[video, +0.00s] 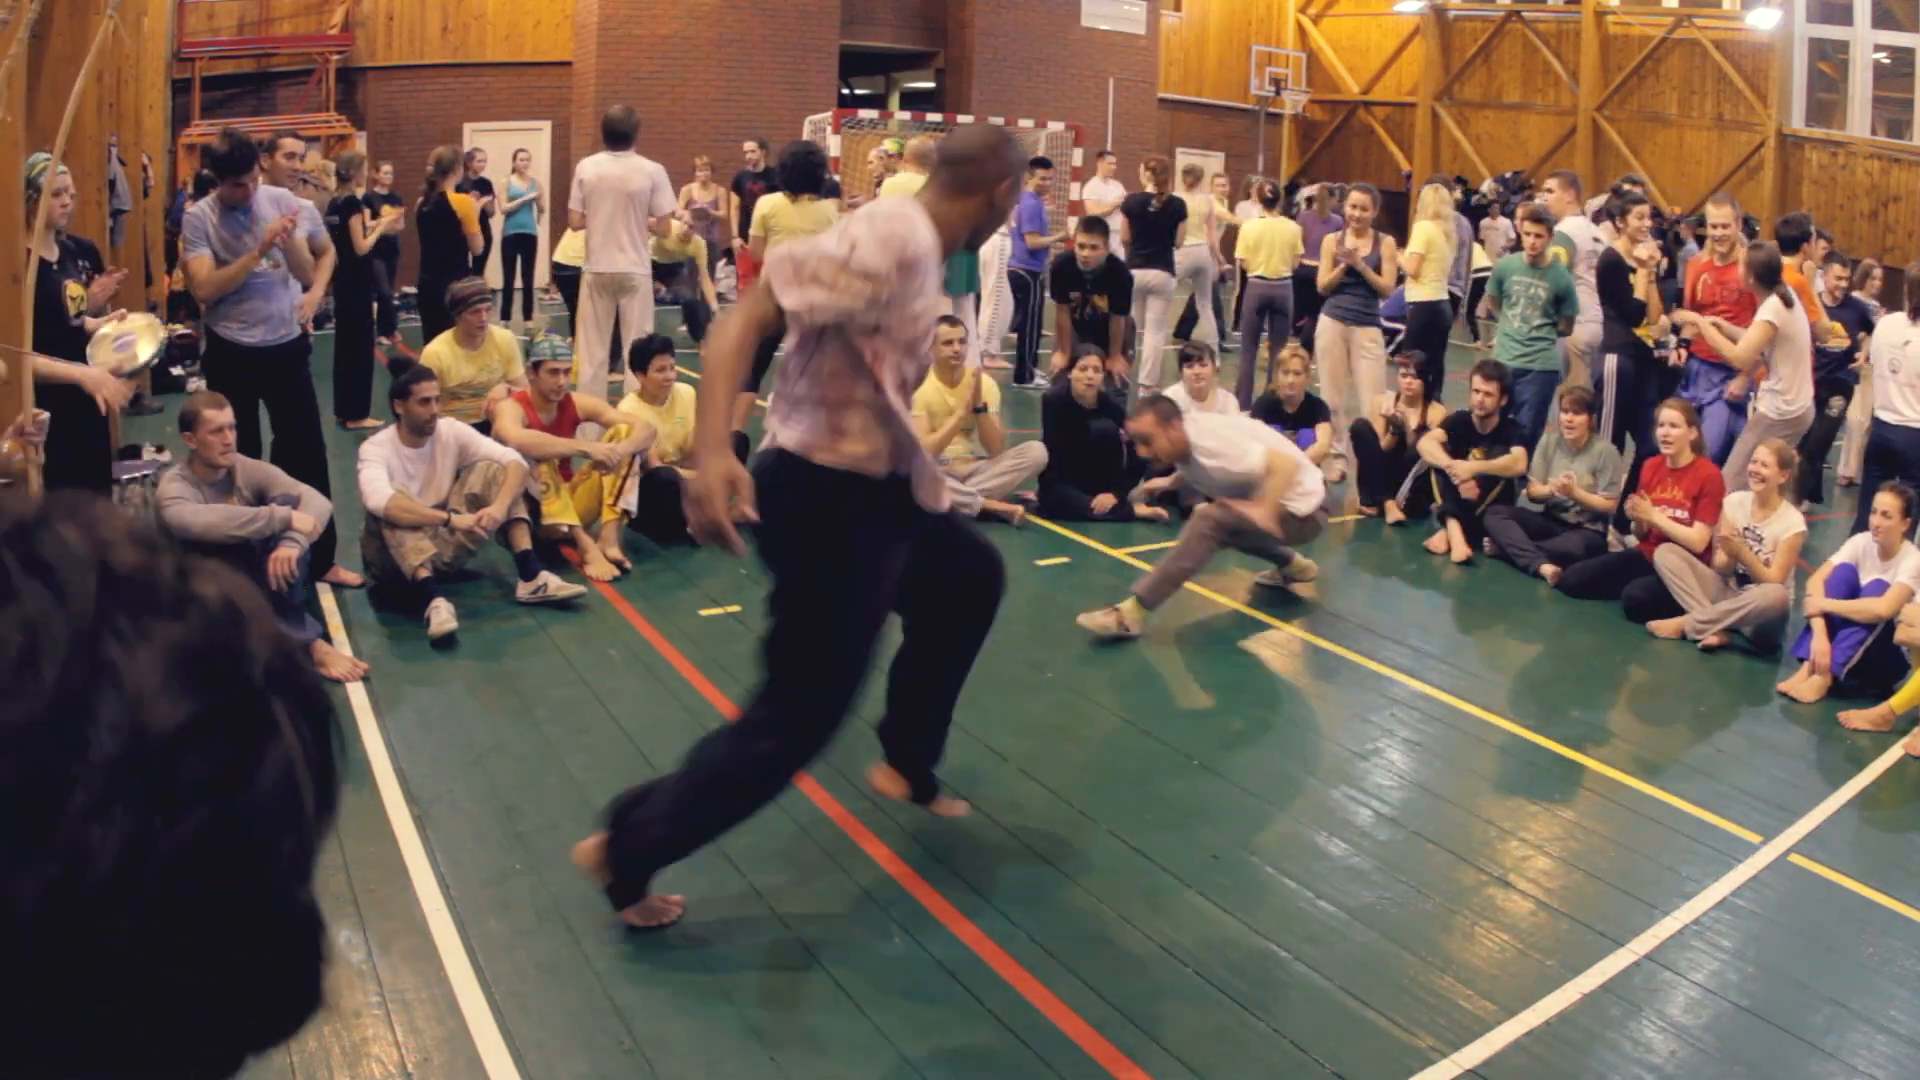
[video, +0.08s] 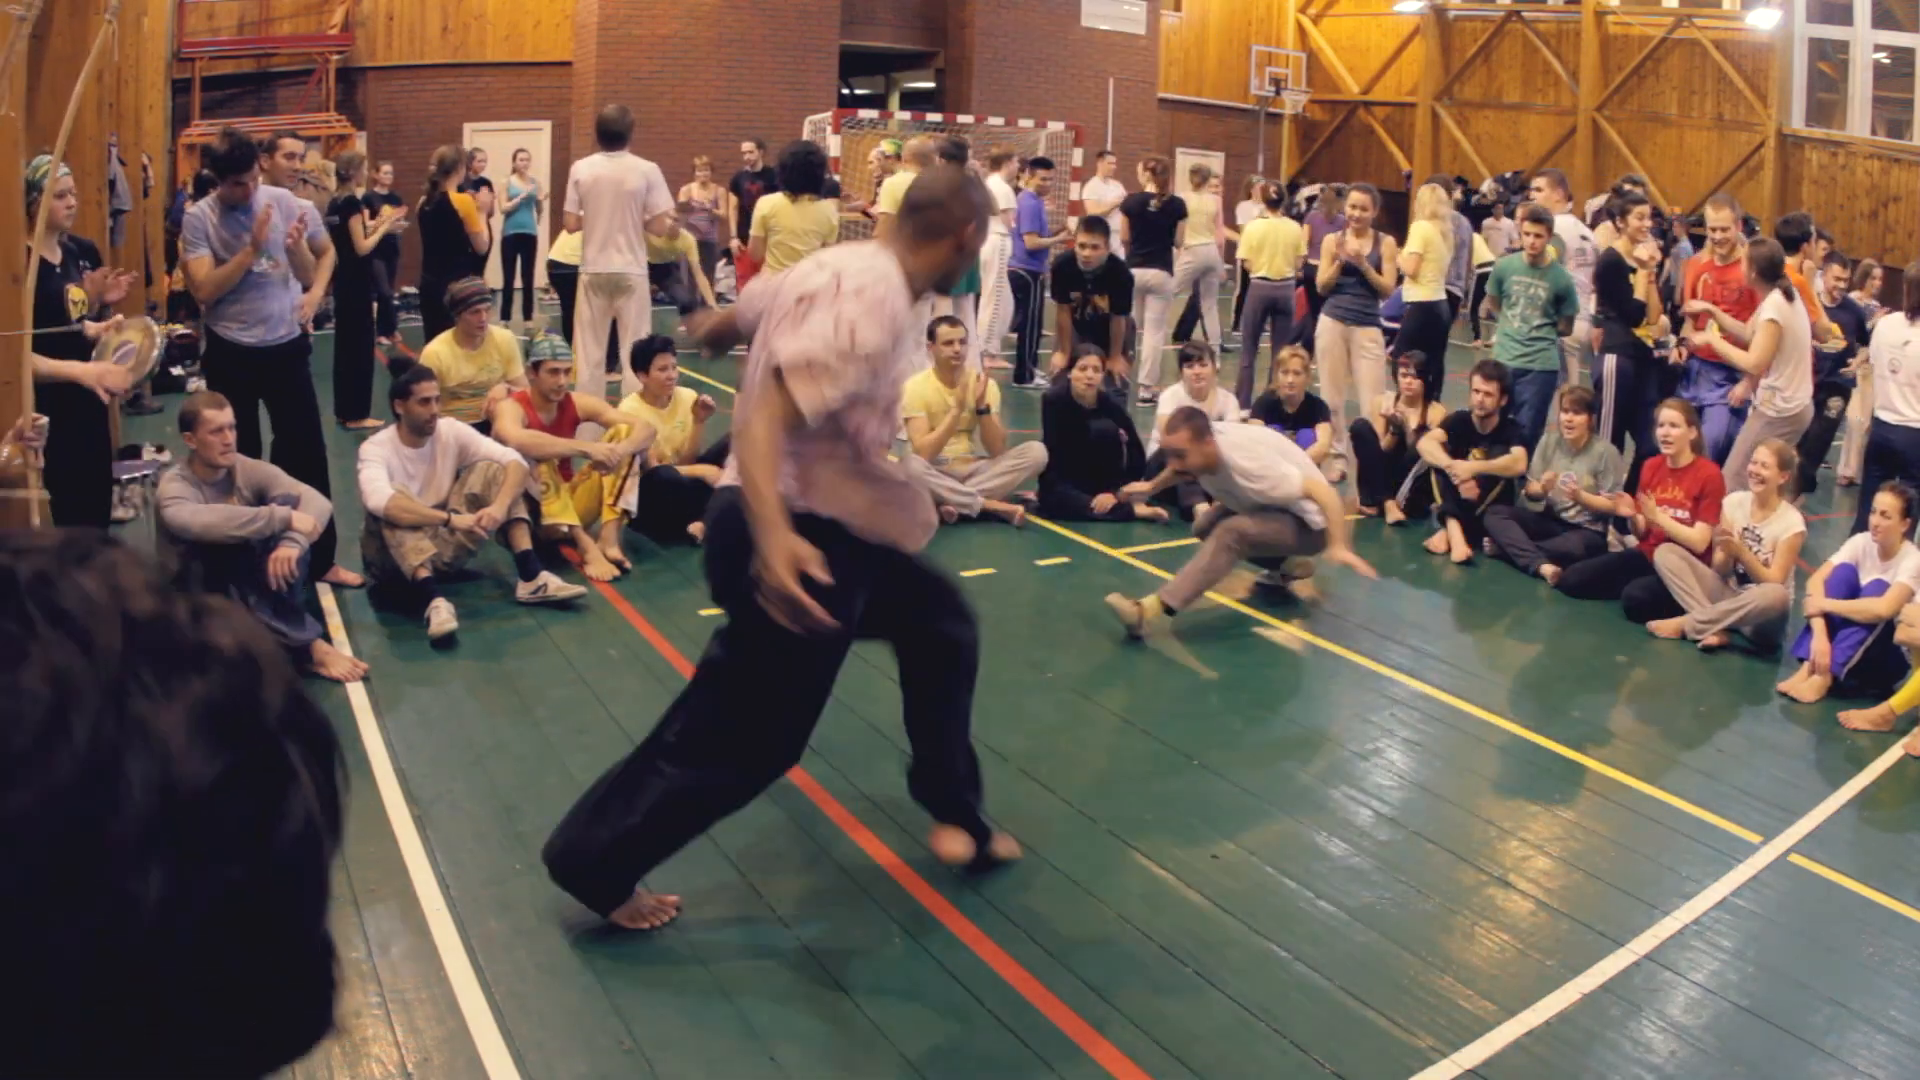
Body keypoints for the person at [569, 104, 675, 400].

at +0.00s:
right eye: (635, 129)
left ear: (603, 133)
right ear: (636, 133)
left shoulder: (586, 167)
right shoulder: (653, 171)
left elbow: (576, 221)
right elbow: (664, 228)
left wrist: (602, 214)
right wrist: (641, 220)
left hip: (596, 267)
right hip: (635, 267)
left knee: (591, 350)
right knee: (639, 349)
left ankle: (591, 420)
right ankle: (637, 420)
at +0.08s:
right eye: (631, 129)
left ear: (597, 133)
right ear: (631, 133)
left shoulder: (581, 169)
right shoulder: (647, 171)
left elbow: (571, 224)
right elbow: (660, 227)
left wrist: (598, 215)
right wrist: (634, 214)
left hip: (593, 268)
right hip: (632, 268)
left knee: (589, 350)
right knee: (636, 351)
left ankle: (589, 422)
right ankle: (635, 423)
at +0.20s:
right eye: (622, 128)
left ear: (588, 133)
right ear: (621, 133)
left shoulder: (573, 170)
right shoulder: (638, 170)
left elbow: (566, 226)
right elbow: (652, 227)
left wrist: (592, 217)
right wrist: (626, 218)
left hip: (588, 269)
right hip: (626, 268)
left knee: (585, 350)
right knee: (632, 349)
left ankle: (585, 421)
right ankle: (631, 421)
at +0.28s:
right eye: (617, 130)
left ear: (582, 135)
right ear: (615, 135)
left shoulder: (569, 172)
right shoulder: (634, 169)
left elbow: (564, 229)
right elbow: (650, 226)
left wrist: (589, 219)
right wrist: (627, 223)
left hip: (585, 267)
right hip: (623, 266)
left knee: (583, 349)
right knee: (631, 348)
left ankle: (585, 416)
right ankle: (632, 417)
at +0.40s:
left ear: (576, 137)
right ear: (609, 135)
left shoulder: (564, 173)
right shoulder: (630, 168)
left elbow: (559, 229)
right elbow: (644, 224)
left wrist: (585, 221)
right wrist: (617, 216)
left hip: (583, 266)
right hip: (620, 264)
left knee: (582, 344)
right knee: (633, 340)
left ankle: (584, 406)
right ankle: (633, 407)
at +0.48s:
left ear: (574, 137)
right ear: (607, 135)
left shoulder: (562, 173)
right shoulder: (628, 168)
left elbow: (557, 230)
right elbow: (642, 225)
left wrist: (583, 224)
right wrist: (615, 219)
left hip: (582, 266)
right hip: (619, 264)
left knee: (581, 342)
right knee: (633, 339)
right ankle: (630, 403)